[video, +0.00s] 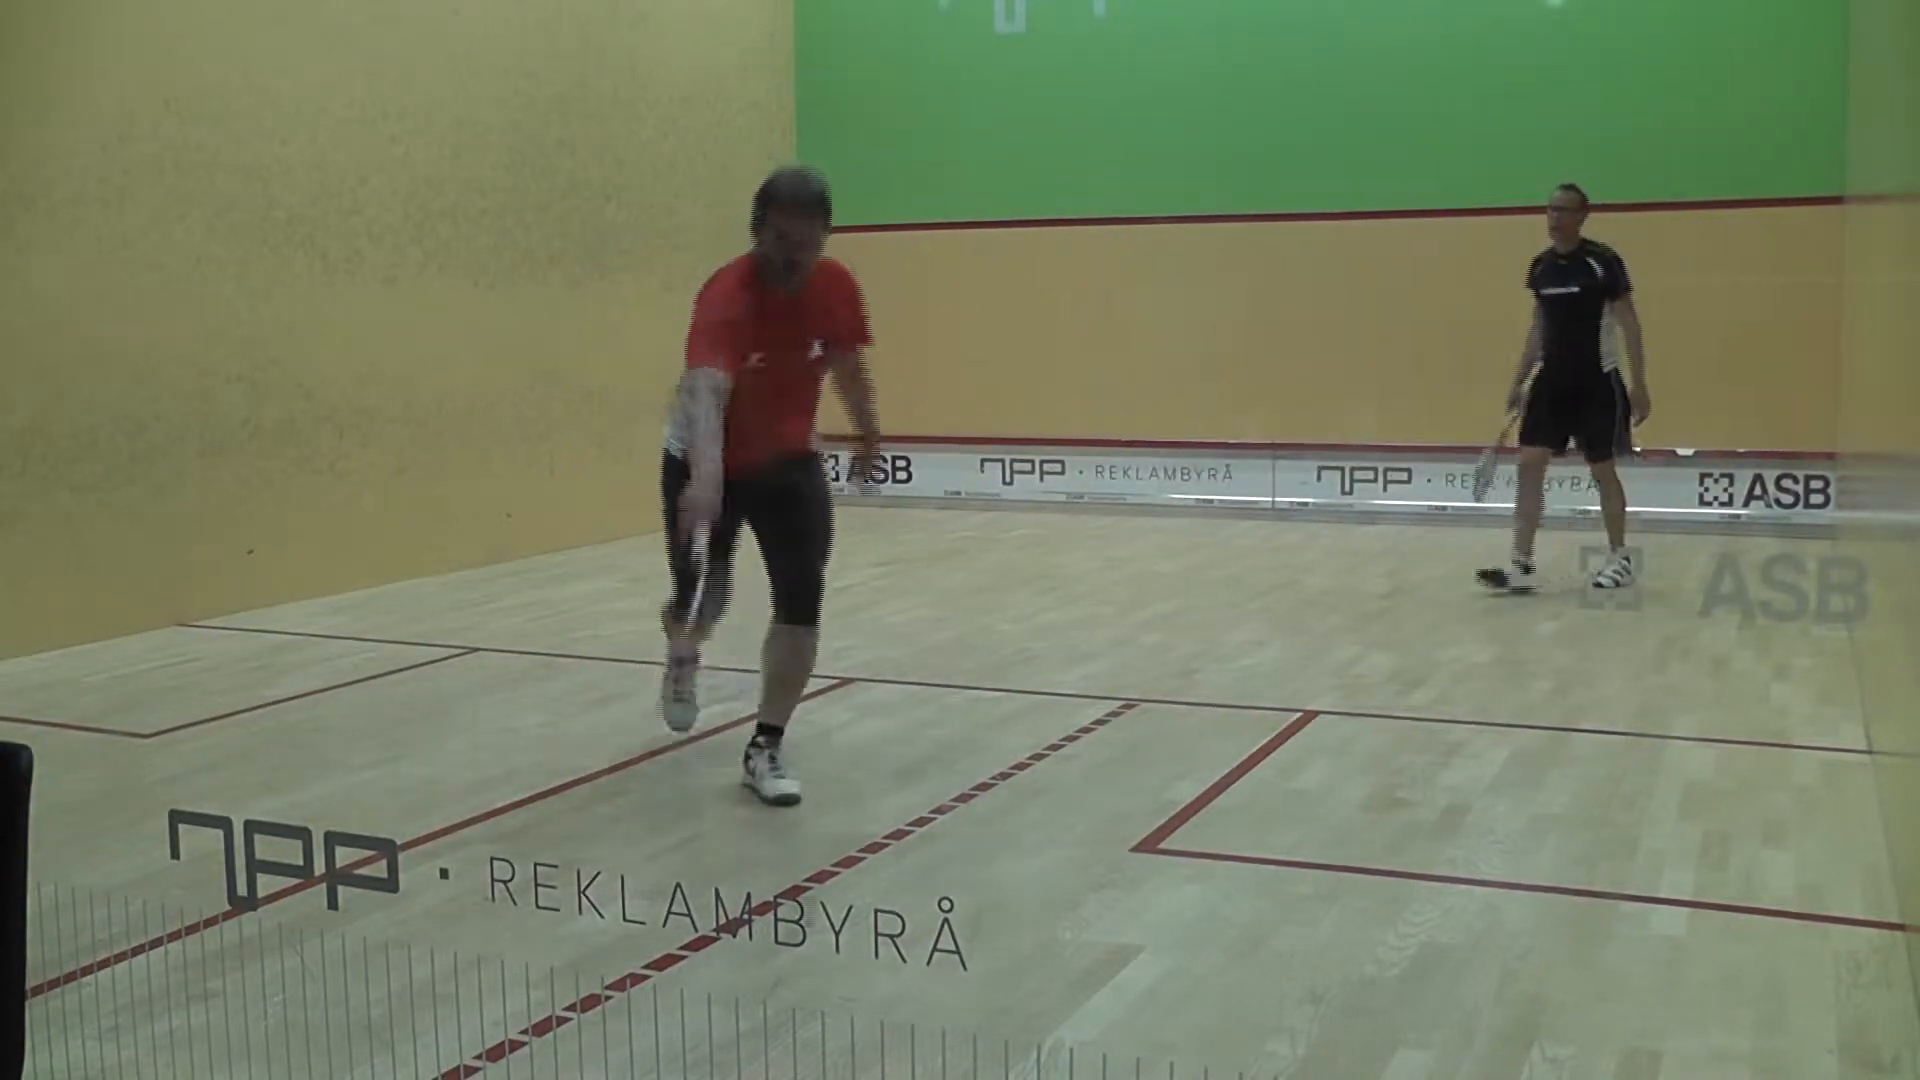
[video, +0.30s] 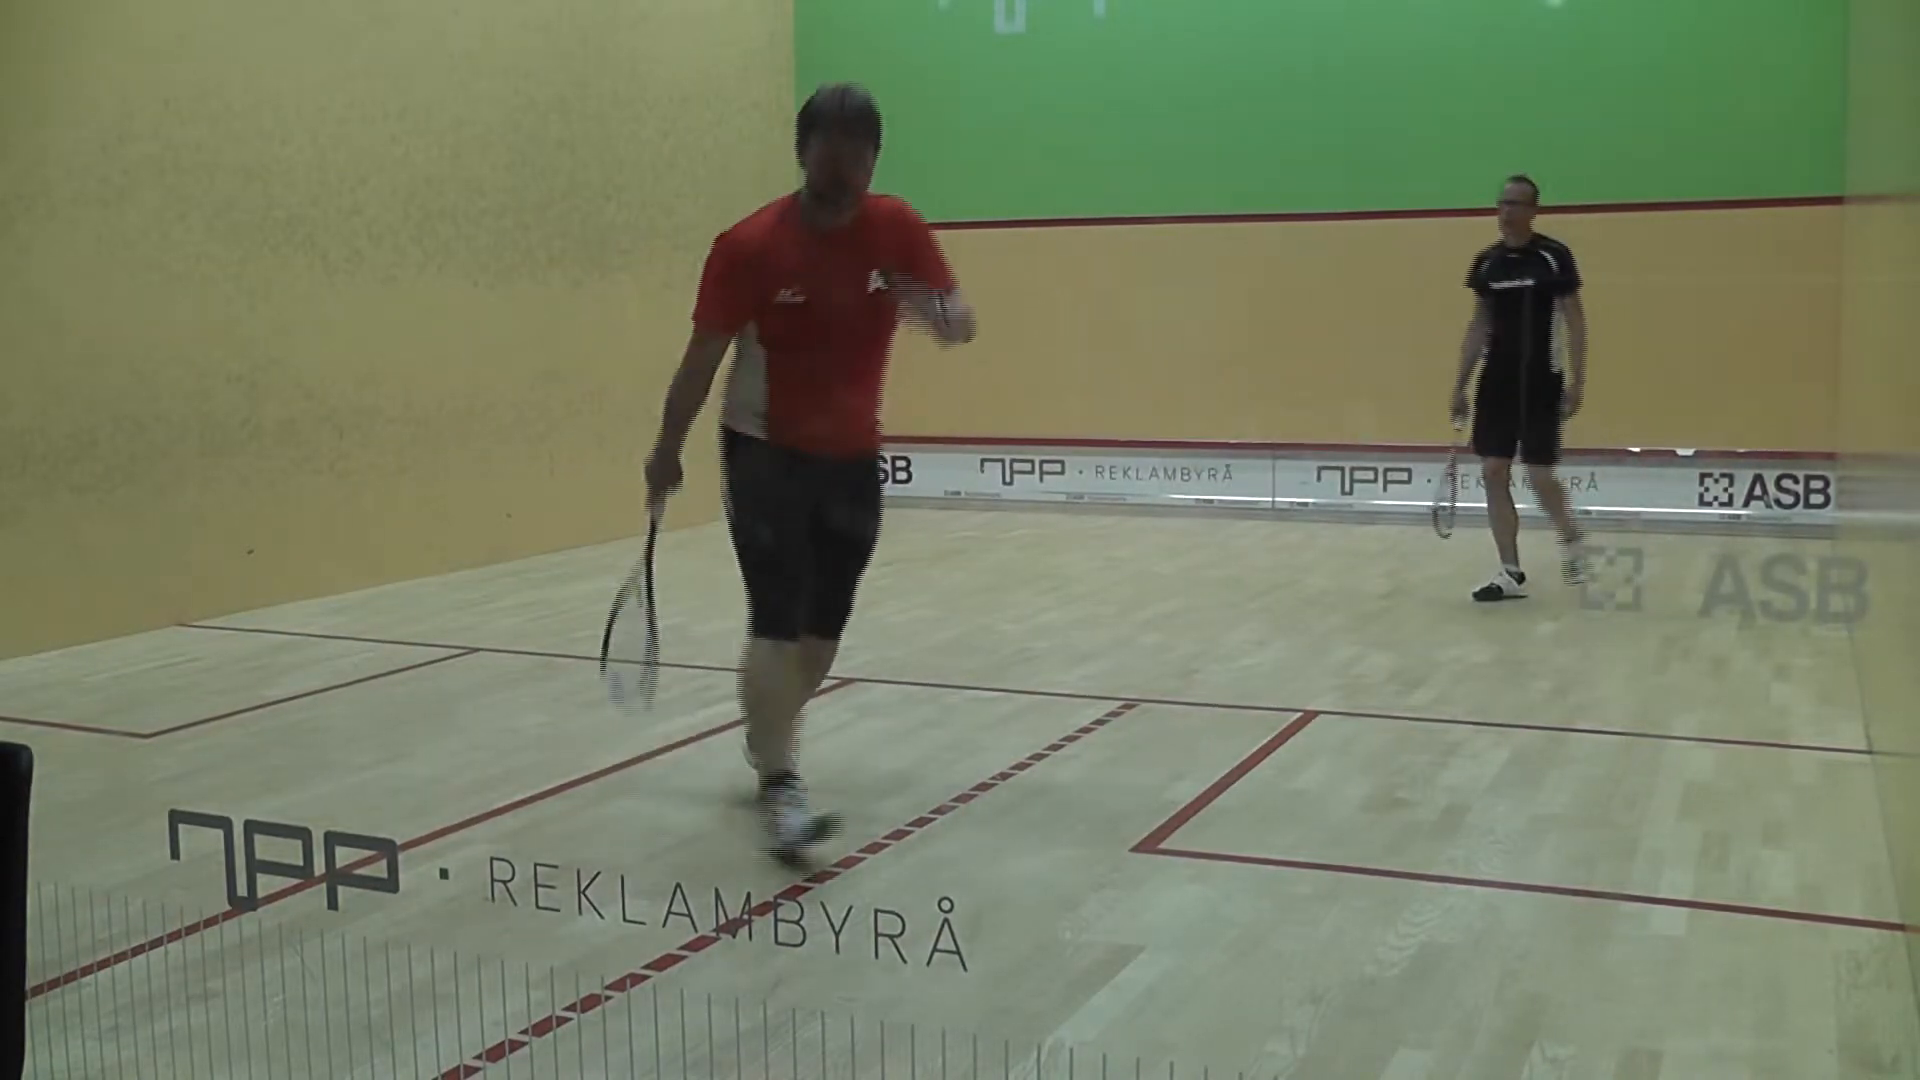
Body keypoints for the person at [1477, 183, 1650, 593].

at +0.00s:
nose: (1555, 217)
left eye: (1564, 211)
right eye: (1551, 210)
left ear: (1583, 216)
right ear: (1546, 214)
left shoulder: (1604, 261)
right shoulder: (1541, 267)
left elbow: (1628, 322)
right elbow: (1538, 327)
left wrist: (1638, 384)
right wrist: (1518, 382)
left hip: (1596, 380)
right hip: (1551, 380)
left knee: (1602, 469)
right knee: (1529, 463)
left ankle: (1619, 558)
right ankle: (1521, 562)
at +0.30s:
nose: (1509, 211)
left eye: (1518, 204)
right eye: (1504, 203)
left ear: (1534, 211)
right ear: (1496, 208)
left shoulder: (1555, 257)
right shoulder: (1488, 262)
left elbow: (1575, 321)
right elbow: (1478, 327)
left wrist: (1576, 381)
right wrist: (1460, 386)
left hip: (1541, 381)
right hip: (1497, 380)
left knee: (1540, 477)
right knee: (1494, 474)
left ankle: (1574, 551)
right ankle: (1510, 572)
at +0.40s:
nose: (1499, 207)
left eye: (1508, 200)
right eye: (1494, 198)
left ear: (1526, 206)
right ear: (1487, 203)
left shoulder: (1545, 254)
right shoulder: (1473, 260)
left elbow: (1564, 317)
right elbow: (1464, 322)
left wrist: (1567, 377)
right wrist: (1446, 380)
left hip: (1531, 375)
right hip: (1487, 375)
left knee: (1520, 469)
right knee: (1491, 472)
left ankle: (1540, 544)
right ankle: (1509, 570)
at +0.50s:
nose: (1485, 207)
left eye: (1495, 201)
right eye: (1480, 200)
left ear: (1512, 207)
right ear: (1473, 205)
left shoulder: (1531, 257)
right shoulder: (1460, 258)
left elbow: (1550, 320)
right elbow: (1445, 320)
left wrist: (1555, 383)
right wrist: (1425, 381)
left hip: (1514, 372)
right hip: (1471, 372)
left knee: (1496, 472)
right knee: (1485, 474)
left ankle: (1504, 573)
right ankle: (1508, 567)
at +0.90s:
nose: (1421, 203)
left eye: (1432, 196)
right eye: (1420, 194)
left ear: (1456, 202)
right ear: (1418, 198)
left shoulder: (1476, 254)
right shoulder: (1411, 254)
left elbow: (1496, 327)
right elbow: (1404, 325)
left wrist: (1497, 393)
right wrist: (1390, 387)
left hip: (1458, 381)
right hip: (1414, 380)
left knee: (1445, 485)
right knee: (1389, 482)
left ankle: (1448, 591)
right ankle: (1443, 547)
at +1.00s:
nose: (1404, 202)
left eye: (1414, 195)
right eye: (1403, 193)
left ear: (1441, 199)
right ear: (1405, 196)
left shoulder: (1463, 249)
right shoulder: (1402, 253)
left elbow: (1475, 322)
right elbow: (1400, 324)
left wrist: (1470, 392)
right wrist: (1385, 385)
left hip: (1449, 384)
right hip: (1408, 382)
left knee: (1442, 486)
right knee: (1371, 476)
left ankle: (1448, 591)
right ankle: (1407, 567)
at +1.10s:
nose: (1382, 209)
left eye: (1391, 200)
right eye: (1379, 200)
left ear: (1417, 202)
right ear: (1378, 203)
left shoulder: (1441, 253)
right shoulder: (1380, 257)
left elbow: (1449, 326)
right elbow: (1386, 332)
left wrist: (1432, 380)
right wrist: (1372, 387)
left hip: (1429, 381)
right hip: (1385, 381)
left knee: (1435, 490)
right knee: (1357, 485)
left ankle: (1446, 594)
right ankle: (1343, 598)